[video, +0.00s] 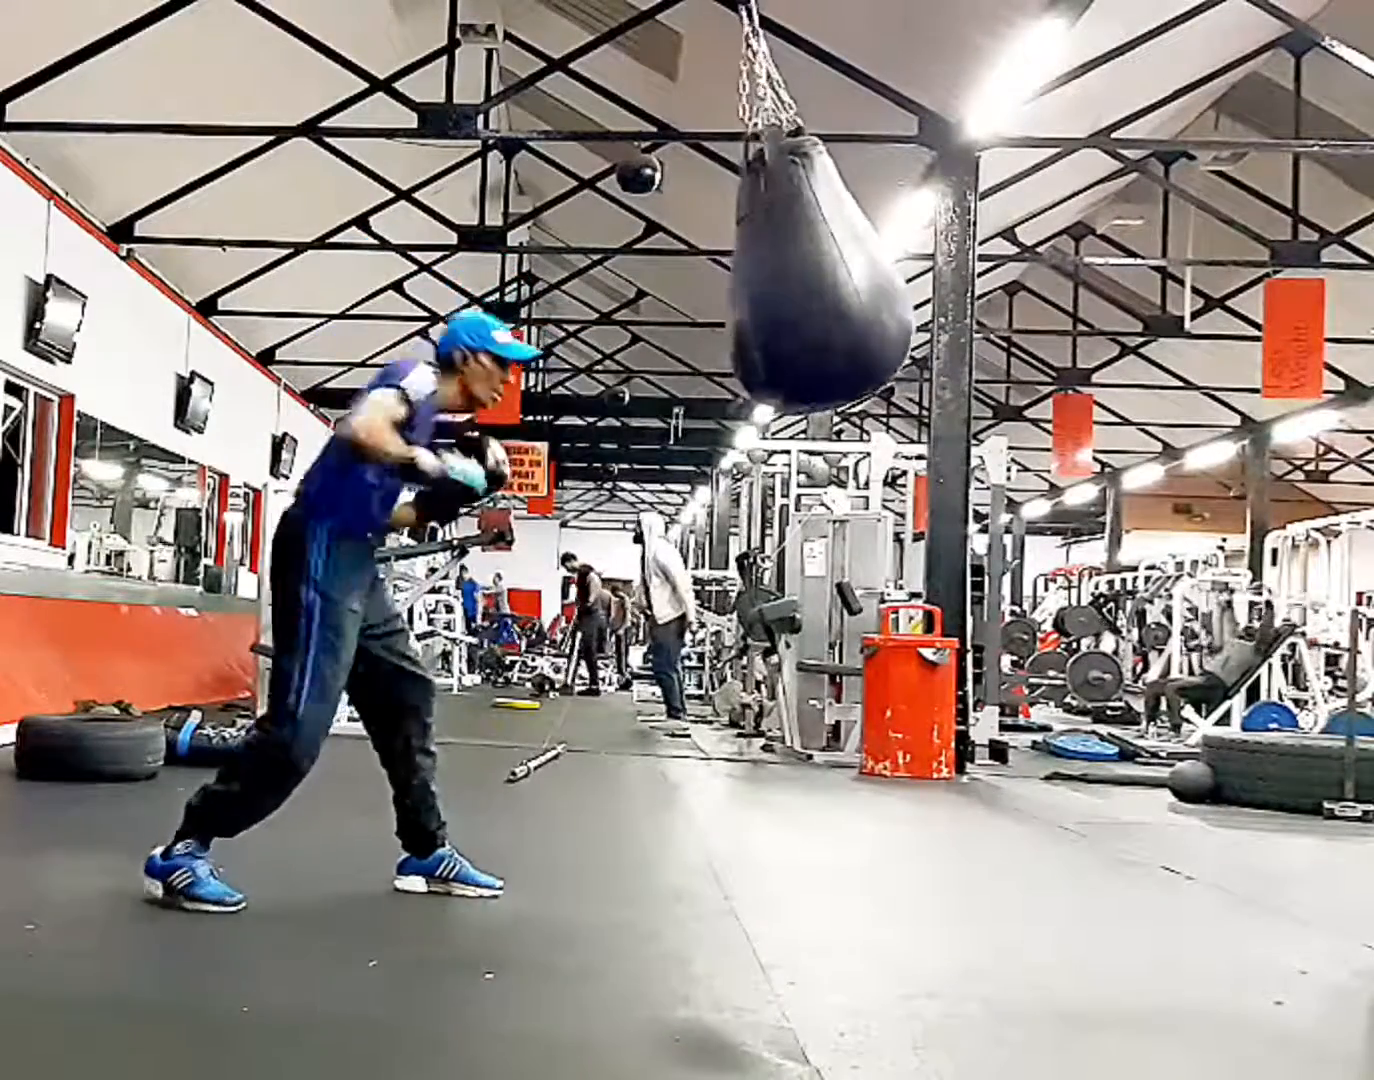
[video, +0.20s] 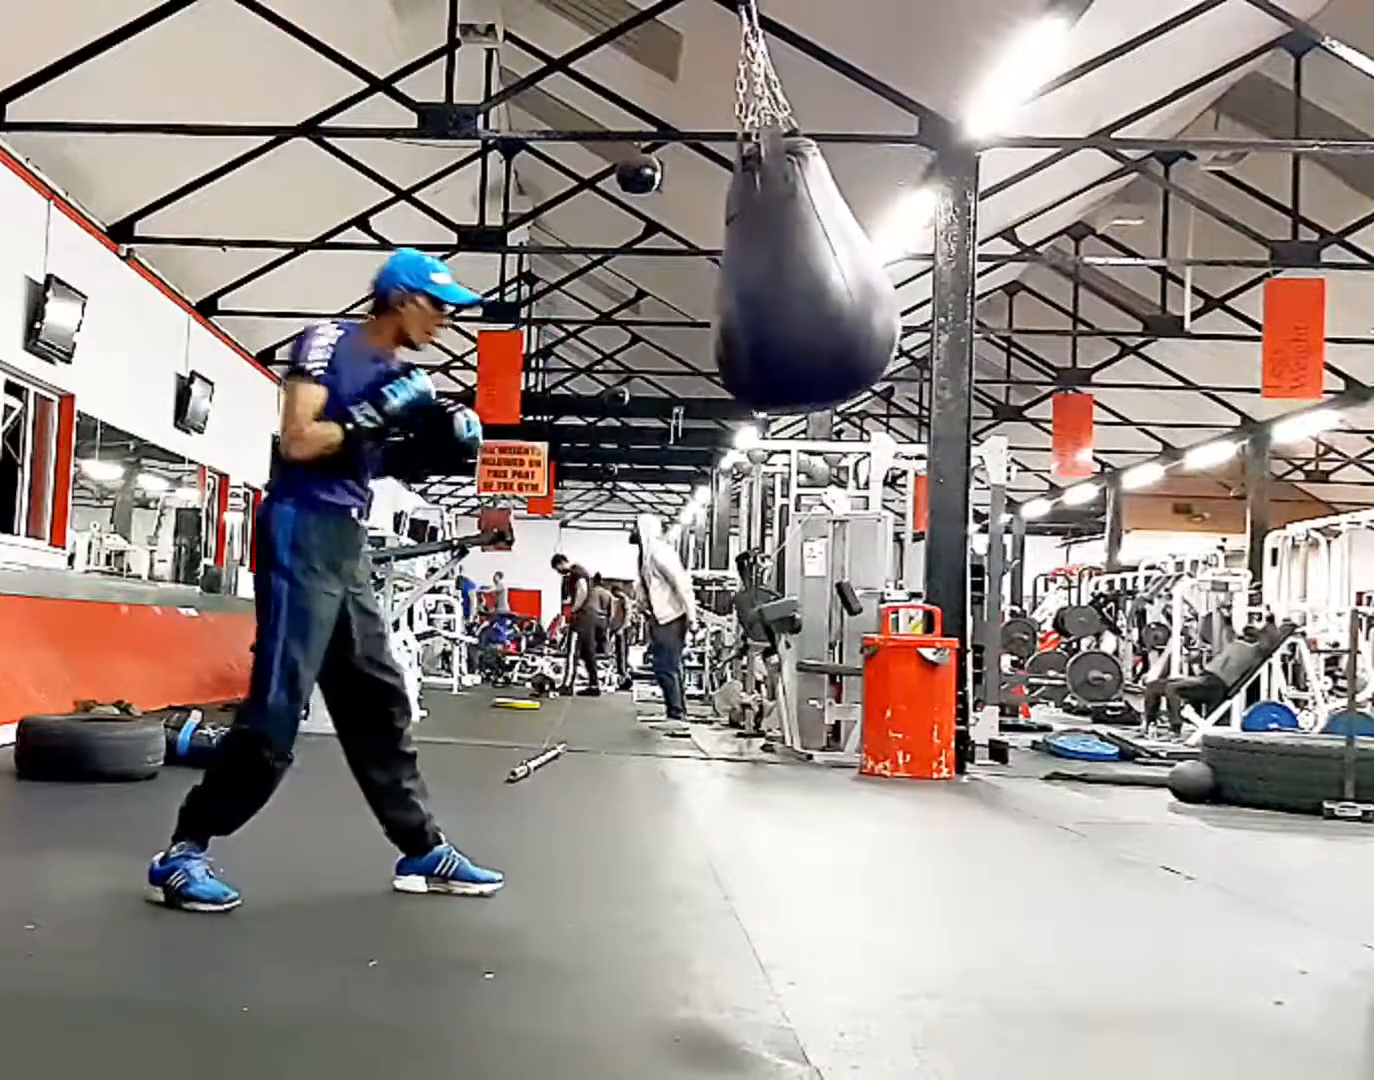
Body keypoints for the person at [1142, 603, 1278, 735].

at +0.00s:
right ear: (1250, 634)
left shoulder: (1255, 654)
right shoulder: (1236, 644)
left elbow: (1266, 633)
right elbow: (1227, 634)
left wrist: (1269, 610)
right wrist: (1224, 609)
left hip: (1218, 683)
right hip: (1205, 677)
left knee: (1172, 689)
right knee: (1153, 687)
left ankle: (1176, 730)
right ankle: (1147, 727)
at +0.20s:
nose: (1249, 633)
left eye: (1254, 632)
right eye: (1249, 631)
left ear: (1257, 636)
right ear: (1246, 633)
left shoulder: (1257, 650)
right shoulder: (1233, 643)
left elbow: (1271, 643)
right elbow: (1225, 629)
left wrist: (1269, 624)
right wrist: (1221, 613)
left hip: (1218, 683)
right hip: (1203, 677)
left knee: (1172, 688)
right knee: (1152, 687)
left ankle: (1175, 731)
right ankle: (1147, 727)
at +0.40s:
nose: (1265, 635)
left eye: (1264, 633)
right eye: (1262, 633)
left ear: (1252, 636)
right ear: (1254, 635)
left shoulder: (1258, 651)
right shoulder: (1232, 645)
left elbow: (1279, 654)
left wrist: (1271, 640)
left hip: (1217, 681)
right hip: (1203, 672)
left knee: (1172, 688)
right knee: (1152, 688)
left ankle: (1175, 731)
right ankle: (1148, 727)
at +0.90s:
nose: (1252, 629)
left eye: (1258, 628)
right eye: (1252, 627)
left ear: (1260, 636)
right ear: (1248, 631)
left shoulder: (1258, 651)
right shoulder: (1234, 643)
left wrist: (1270, 617)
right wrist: (1226, 618)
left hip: (1218, 684)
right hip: (1203, 677)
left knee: (1172, 688)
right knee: (1152, 687)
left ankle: (1175, 731)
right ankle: (1147, 728)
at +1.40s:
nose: (1251, 630)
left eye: (1256, 630)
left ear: (1258, 636)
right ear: (1248, 633)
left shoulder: (1256, 649)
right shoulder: (1232, 643)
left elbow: (1271, 648)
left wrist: (1282, 634)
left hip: (1218, 683)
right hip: (1202, 677)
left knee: (1172, 688)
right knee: (1152, 688)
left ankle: (1175, 731)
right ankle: (1148, 727)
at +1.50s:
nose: (1256, 634)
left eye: (1258, 633)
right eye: (1256, 632)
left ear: (1258, 638)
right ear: (1251, 635)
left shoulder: (1260, 650)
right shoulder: (1235, 644)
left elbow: (1279, 659)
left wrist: (1276, 642)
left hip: (1217, 682)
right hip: (1201, 674)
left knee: (1172, 688)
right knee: (1152, 687)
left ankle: (1175, 731)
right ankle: (1148, 727)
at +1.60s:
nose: (1260, 637)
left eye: (1258, 635)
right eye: (1259, 635)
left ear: (1252, 637)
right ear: (1255, 639)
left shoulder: (1257, 651)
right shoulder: (1235, 645)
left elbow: (1279, 658)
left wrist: (1274, 643)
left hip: (1216, 682)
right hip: (1202, 674)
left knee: (1171, 688)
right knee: (1152, 687)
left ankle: (1175, 731)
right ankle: (1147, 727)